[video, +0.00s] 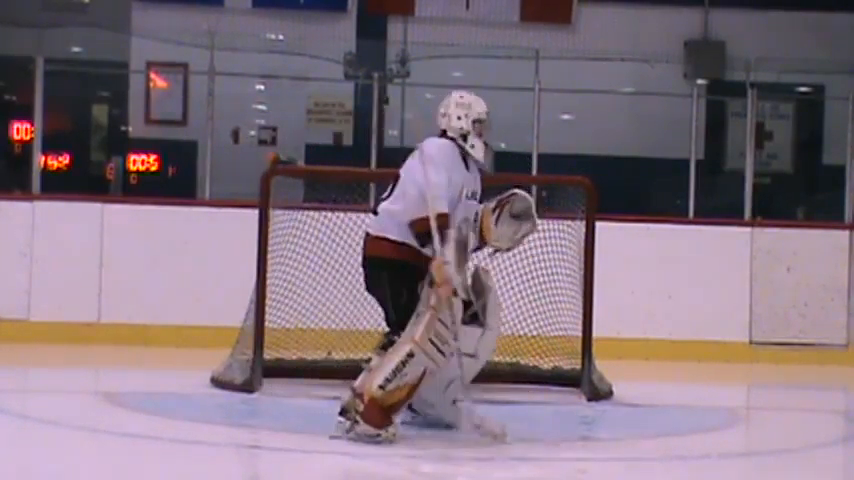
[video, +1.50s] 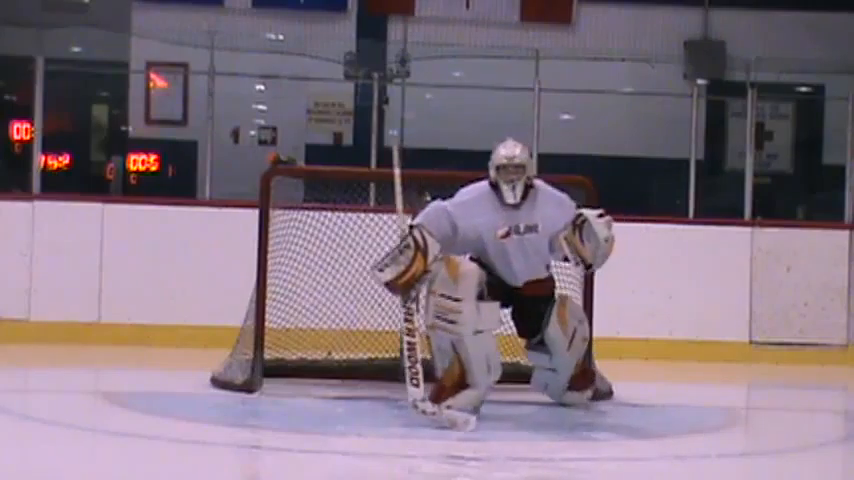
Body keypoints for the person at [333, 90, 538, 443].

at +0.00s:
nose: (483, 130)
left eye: (484, 123)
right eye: (478, 123)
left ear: (461, 124)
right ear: (461, 122)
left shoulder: (468, 166)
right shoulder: (438, 151)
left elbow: (462, 224)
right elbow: (434, 214)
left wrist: (492, 225)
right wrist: (444, 265)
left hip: (415, 253)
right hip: (389, 249)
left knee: (425, 328)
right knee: (408, 331)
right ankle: (364, 405)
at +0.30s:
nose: (514, 177)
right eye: (512, 173)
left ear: (470, 170)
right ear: (507, 174)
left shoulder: (454, 189)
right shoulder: (510, 201)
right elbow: (534, 256)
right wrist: (552, 292)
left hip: (405, 262)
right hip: (450, 276)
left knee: (407, 342)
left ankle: (359, 400)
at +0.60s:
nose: (565, 177)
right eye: (563, 171)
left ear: (523, 168)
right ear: (559, 171)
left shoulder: (509, 185)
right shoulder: (556, 191)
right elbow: (571, 250)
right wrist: (587, 286)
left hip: (462, 258)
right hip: (499, 266)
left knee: (486, 333)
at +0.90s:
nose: (591, 150)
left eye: (590, 144)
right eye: (589, 144)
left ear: (559, 144)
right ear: (581, 146)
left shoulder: (548, 170)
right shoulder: (567, 172)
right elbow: (570, 225)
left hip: (511, 258)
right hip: (523, 259)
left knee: (564, 319)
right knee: (560, 320)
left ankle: (579, 384)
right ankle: (516, 390)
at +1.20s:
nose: (584, 144)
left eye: (586, 138)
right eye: (577, 138)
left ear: (589, 139)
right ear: (559, 139)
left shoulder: (592, 173)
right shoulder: (541, 169)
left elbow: (585, 222)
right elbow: (507, 209)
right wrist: (513, 241)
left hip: (579, 266)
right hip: (542, 264)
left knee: (587, 324)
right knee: (533, 325)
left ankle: (576, 380)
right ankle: (505, 384)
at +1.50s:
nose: (511, 179)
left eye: (517, 171)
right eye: (504, 172)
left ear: (529, 172)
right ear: (493, 173)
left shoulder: (551, 202)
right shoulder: (473, 200)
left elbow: (571, 245)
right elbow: (436, 221)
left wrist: (589, 240)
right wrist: (415, 251)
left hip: (538, 283)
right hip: (491, 279)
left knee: (546, 340)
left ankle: (577, 385)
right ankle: (457, 384)